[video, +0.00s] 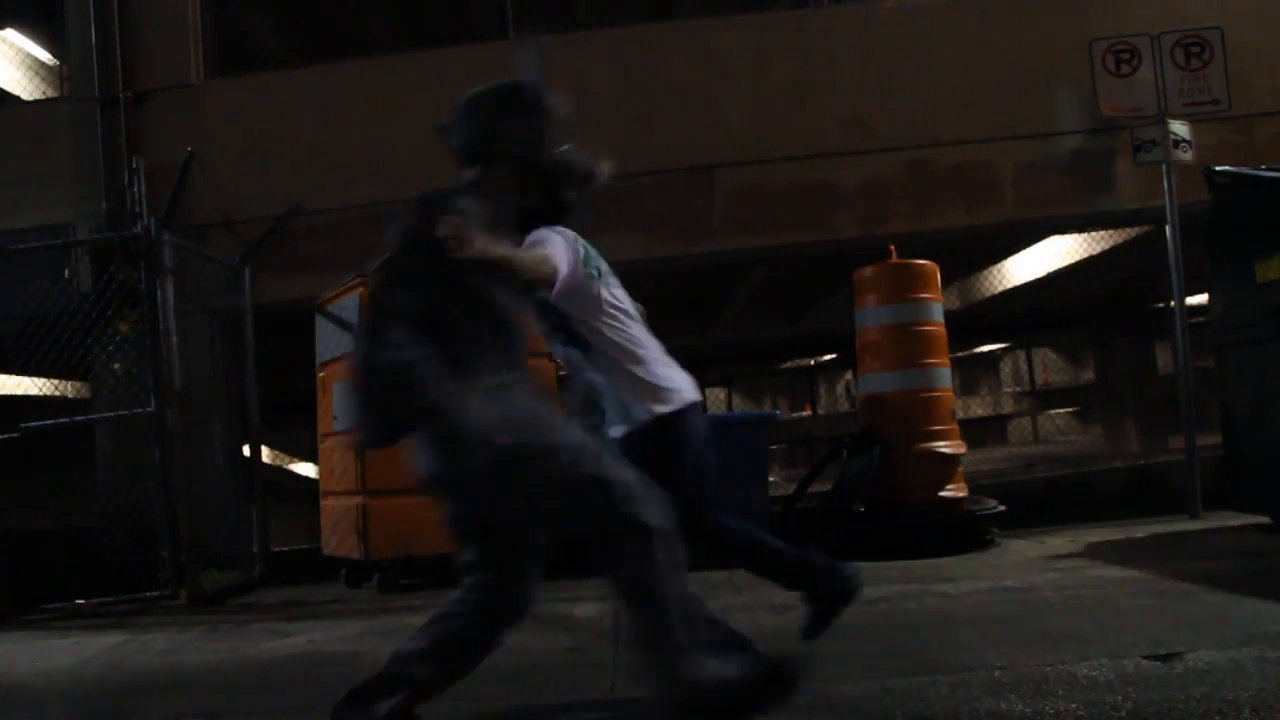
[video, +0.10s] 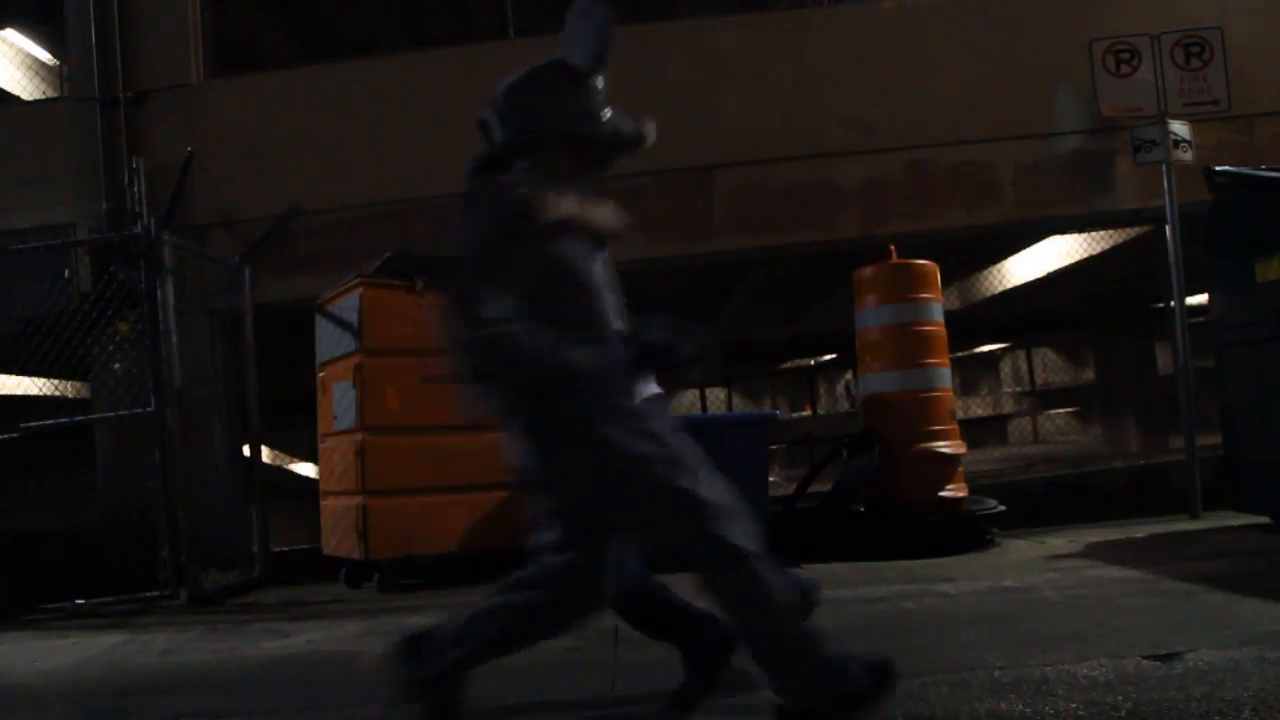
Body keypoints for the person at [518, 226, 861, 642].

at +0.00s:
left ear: (518, 202)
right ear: (557, 202)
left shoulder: (553, 239)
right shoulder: (575, 248)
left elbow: (540, 267)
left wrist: (479, 247)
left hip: (661, 412)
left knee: (695, 529)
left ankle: (821, 579)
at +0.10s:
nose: (601, 170)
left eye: (603, 154)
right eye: (591, 153)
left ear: (552, 146)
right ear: (554, 149)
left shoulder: (566, 216)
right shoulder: (512, 217)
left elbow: (579, 329)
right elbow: (499, 341)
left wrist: (643, 350)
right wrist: (602, 371)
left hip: (608, 420)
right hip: (585, 429)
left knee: (574, 584)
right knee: (717, 531)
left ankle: (434, 659)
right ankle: (811, 676)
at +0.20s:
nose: (638, 143)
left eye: (632, 125)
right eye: (622, 126)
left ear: (553, 145)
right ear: (587, 133)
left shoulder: (546, 220)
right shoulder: (591, 208)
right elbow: (651, 317)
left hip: (624, 427)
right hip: (683, 421)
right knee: (788, 562)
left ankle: (580, 598)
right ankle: (851, 699)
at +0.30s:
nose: (653, 118)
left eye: (642, 104)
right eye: (636, 108)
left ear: (579, 143)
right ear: (617, 127)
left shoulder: (615, 210)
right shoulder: (649, 202)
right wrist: (861, 198)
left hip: (691, 408)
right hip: (739, 407)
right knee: (840, 525)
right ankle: (844, 693)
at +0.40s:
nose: (659, 95)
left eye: (649, 86)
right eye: (644, 92)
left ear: (595, 133)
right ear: (627, 115)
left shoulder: (653, 171)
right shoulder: (673, 164)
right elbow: (796, 143)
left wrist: (584, 59)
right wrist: (923, 99)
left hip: (790, 345)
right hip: (789, 356)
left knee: (859, 501)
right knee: (860, 507)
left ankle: (843, 678)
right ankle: (844, 689)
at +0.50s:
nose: (666, 78)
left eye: (649, 79)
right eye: (650, 80)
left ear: (619, 134)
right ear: (647, 102)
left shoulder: (672, 154)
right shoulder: (705, 129)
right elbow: (811, 62)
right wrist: (908, 0)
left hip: (849, 290)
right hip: (834, 322)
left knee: (976, 297)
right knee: (873, 478)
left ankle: (1040, 432)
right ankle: (837, 654)